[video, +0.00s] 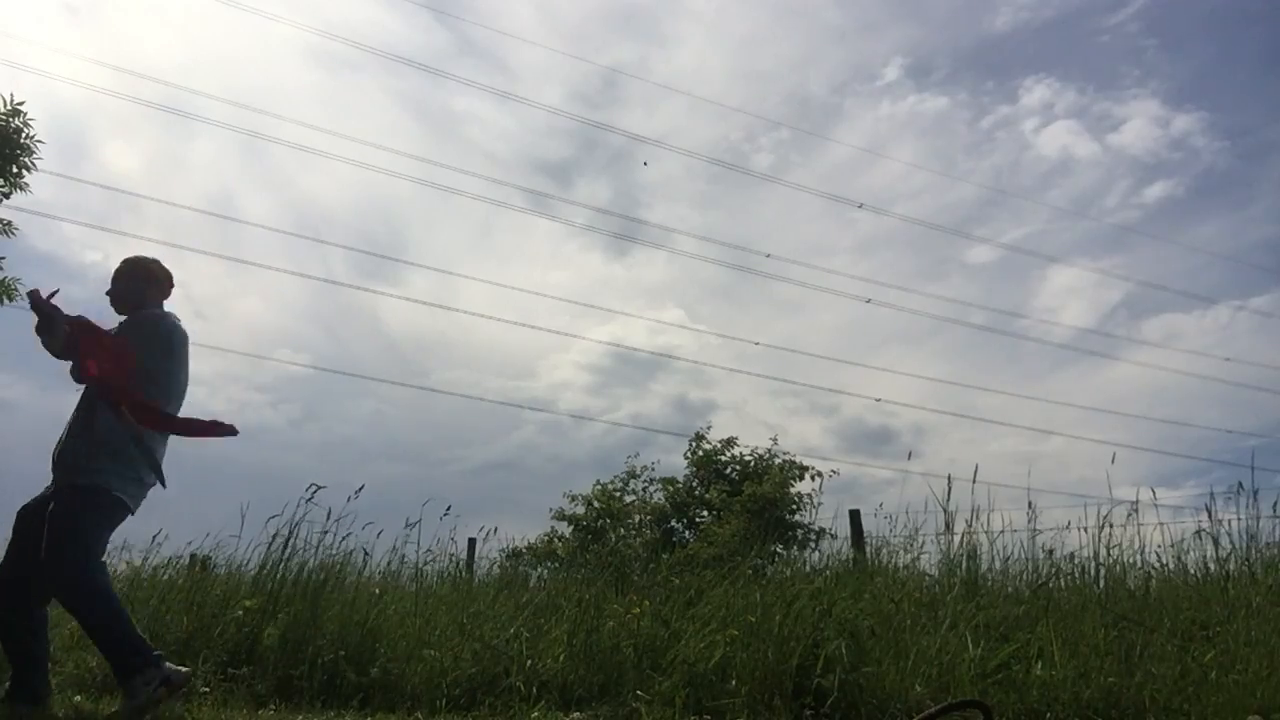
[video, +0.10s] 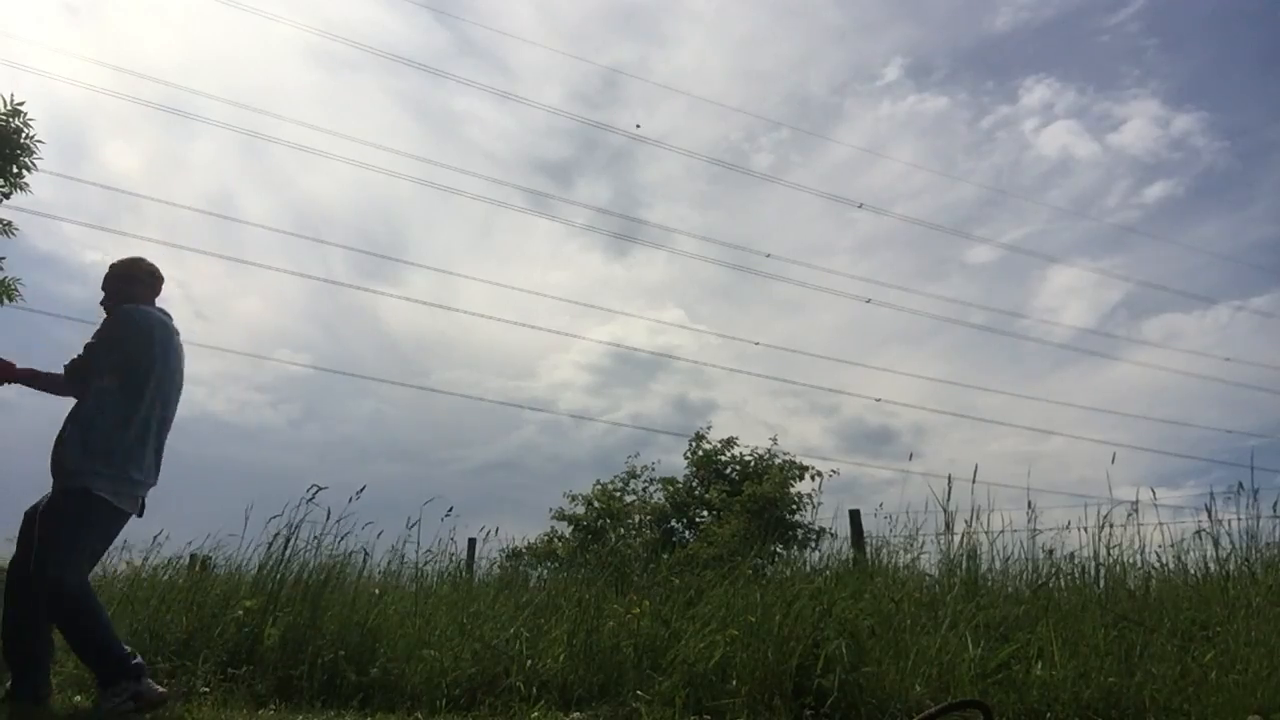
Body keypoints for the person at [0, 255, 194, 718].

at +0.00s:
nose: (110, 294)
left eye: (119, 285)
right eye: (111, 286)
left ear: (148, 286)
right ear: (150, 288)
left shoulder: (159, 328)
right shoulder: (135, 334)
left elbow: (98, 356)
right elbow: (73, 349)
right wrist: (50, 320)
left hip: (107, 478)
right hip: (83, 477)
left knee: (71, 566)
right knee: (19, 574)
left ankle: (145, 673)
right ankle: (28, 694)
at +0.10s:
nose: (104, 299)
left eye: (109, 290)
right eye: (105, 291)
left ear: (129, 286)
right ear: (152, 290)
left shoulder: (130, 320)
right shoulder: (168, 338)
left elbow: (77, 382)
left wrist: (16, 373)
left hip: (94, 482)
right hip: (121, 490)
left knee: (58, 577)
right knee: (27, 575)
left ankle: (127, 681)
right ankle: (28, 694)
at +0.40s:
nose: (62, 303)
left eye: (63, 296)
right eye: (63, 297)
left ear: (71, 291)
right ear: (111, 291)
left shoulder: (68, 318)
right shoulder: (159, 338)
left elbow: (52, 367)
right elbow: (183, 410)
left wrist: (5, 420)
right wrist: (194, 387)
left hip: (88, 481)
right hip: (137, 490)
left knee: (87, 578)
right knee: (59, 577)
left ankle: (138, 689)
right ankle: (30, 689)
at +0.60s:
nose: (33, 309)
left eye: (35, 296)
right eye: (30, 299)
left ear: (59, 287)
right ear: (79, 285)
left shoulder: (73, 321)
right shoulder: (132, 324)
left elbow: (87, 380)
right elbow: (192, 352)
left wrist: (24, 430)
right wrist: (184, 424)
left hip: (99, 480)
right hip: (138, 483)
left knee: (100, 579)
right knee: (50, 568)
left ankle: (137, 691)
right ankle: (31, 689)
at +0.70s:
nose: (29, 305)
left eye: (32, 291)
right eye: (26, 295)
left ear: (60, 281)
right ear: (58, 285)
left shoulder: (110, 316)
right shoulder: (73, 343)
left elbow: (143, 378)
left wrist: (69, 431)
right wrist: (158, 448)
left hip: (119, 473)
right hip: (84, 474)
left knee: (111, 578)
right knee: (35, 570)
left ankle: (135, 690)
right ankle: (29, 689)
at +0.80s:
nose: (36, 304)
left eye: (40, 292)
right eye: (33, 295)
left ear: (69, 282)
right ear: (62, 289)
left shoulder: (138, 321)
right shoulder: (58, 342)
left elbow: (178, 377)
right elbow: (46, 389)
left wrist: (122, 417)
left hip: (125, 477)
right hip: (71, 477)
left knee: (112, 572)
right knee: (26, 573)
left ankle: (135, 690)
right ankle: (27, 691)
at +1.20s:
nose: (82, 294)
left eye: (88, 285)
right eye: (82, 286)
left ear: (112, 284)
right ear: (111, 287)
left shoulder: (150, 322)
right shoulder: (113, 341)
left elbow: (187, 378)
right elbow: (94, 419)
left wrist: (113, 410)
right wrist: (19, 404)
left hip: (119, 483)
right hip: (87, 479)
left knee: (51, 578)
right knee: (24, 577)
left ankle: (123, 683)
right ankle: (26, 693)